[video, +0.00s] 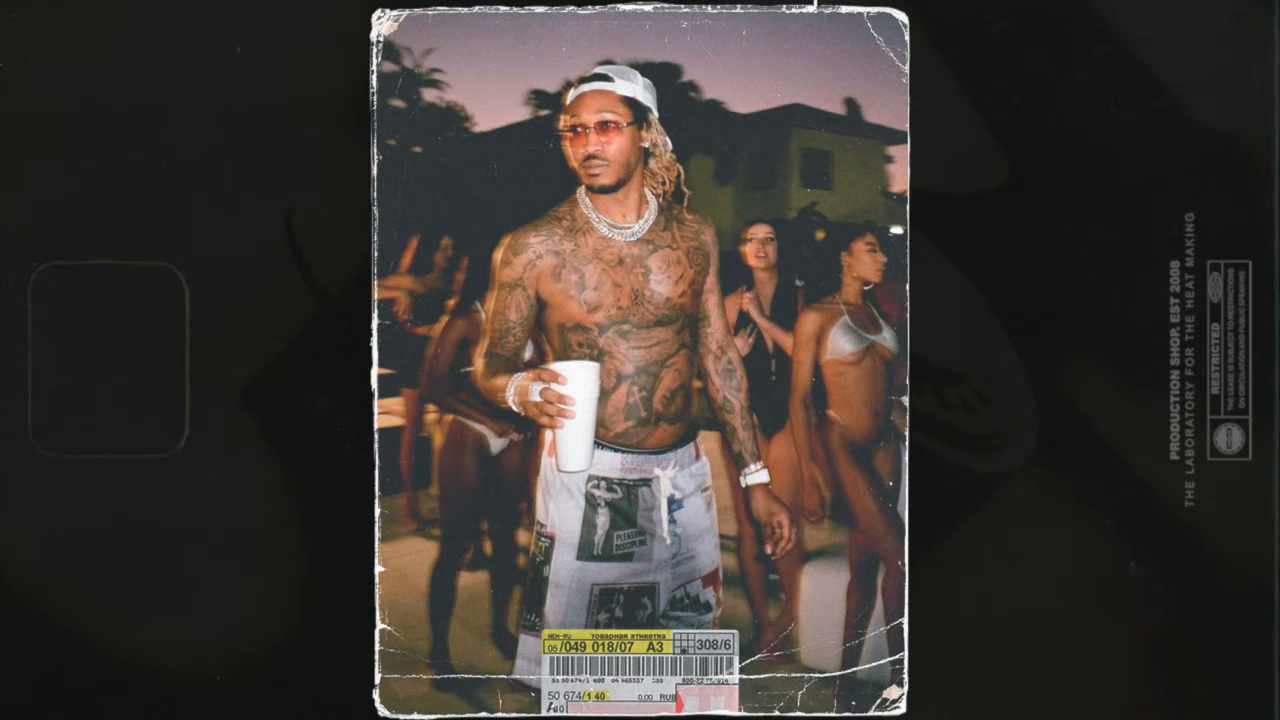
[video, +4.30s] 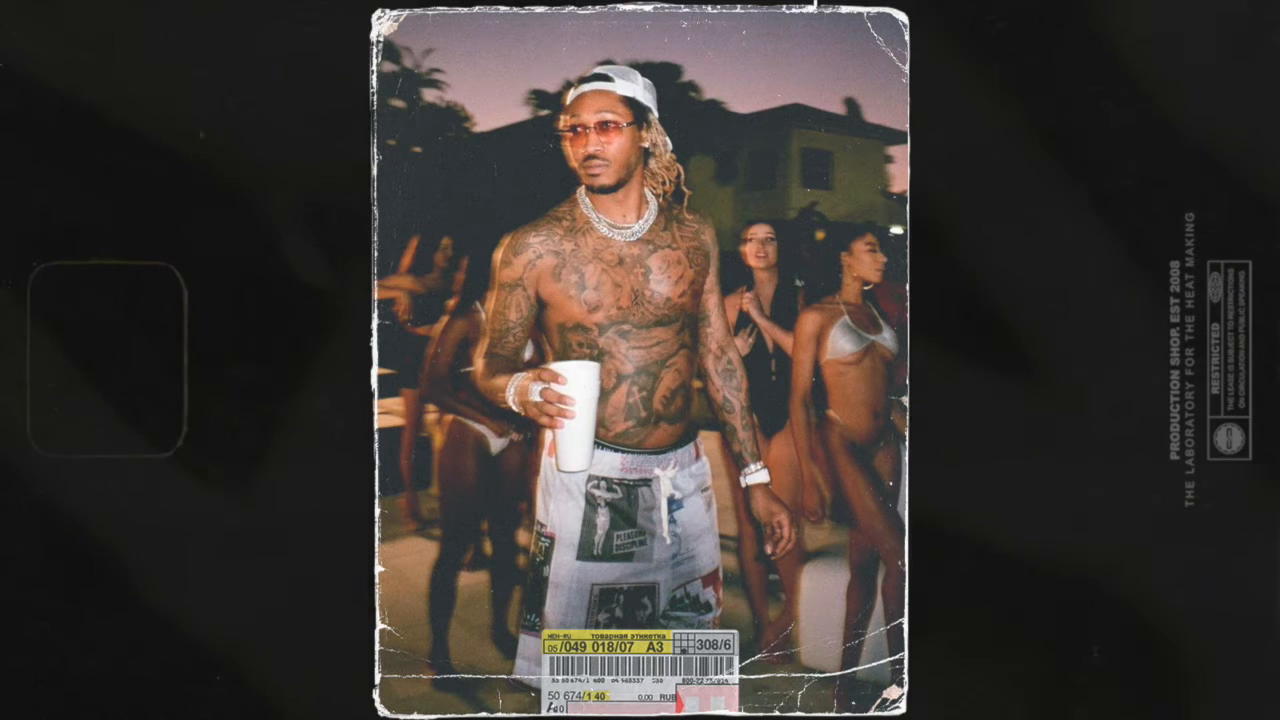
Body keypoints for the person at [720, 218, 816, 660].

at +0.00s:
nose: (759, 249)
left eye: (767, 242)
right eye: (752, 242)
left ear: (781, 249)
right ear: (740, 250)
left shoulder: (797, 296)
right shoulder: (731, 300)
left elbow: (803, 351)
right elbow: (714, 365)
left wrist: (761, 318)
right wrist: (735, 344)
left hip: (784, 420)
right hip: (739, 421)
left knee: (783, 521)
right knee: (748, 526)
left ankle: (793, 613)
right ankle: (762, 621)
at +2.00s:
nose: (760, 249)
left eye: (768, 241)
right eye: (752, 241)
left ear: (781, 249)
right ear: (741, 250)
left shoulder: (797, 295)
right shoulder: (731, 299)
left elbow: (803, 352)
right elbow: (714, 363)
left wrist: (761, 317)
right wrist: (735, 339)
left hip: (784, 419)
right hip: (738, 421)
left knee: (784, 521)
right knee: (748, 526)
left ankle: (793, 614)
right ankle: (762, 623)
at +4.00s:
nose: (760, 249)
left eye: (768, 241)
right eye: (752, 242)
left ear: (780, 249)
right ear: (741, 250)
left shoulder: (797, 296)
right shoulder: (729, 300)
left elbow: (802, 351)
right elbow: (712, 364)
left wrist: (761, 318)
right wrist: (734, 347)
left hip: (783, 420)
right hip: (738, 421)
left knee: (783, 520)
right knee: (749, 527)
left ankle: (793, 613)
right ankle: (762, 622)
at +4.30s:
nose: (760, 249)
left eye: (768, 241)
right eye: (752, 242)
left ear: (781, 249)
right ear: (741, 250)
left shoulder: (797, 296)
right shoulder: (730, 299)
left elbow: (803, 352)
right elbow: (714, 364)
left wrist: (761, 317)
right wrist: (735, 337)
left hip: (784, 420)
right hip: (738, 420)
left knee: (783, 521)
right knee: (749, 525)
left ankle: (793, 614)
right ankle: (762, 623)